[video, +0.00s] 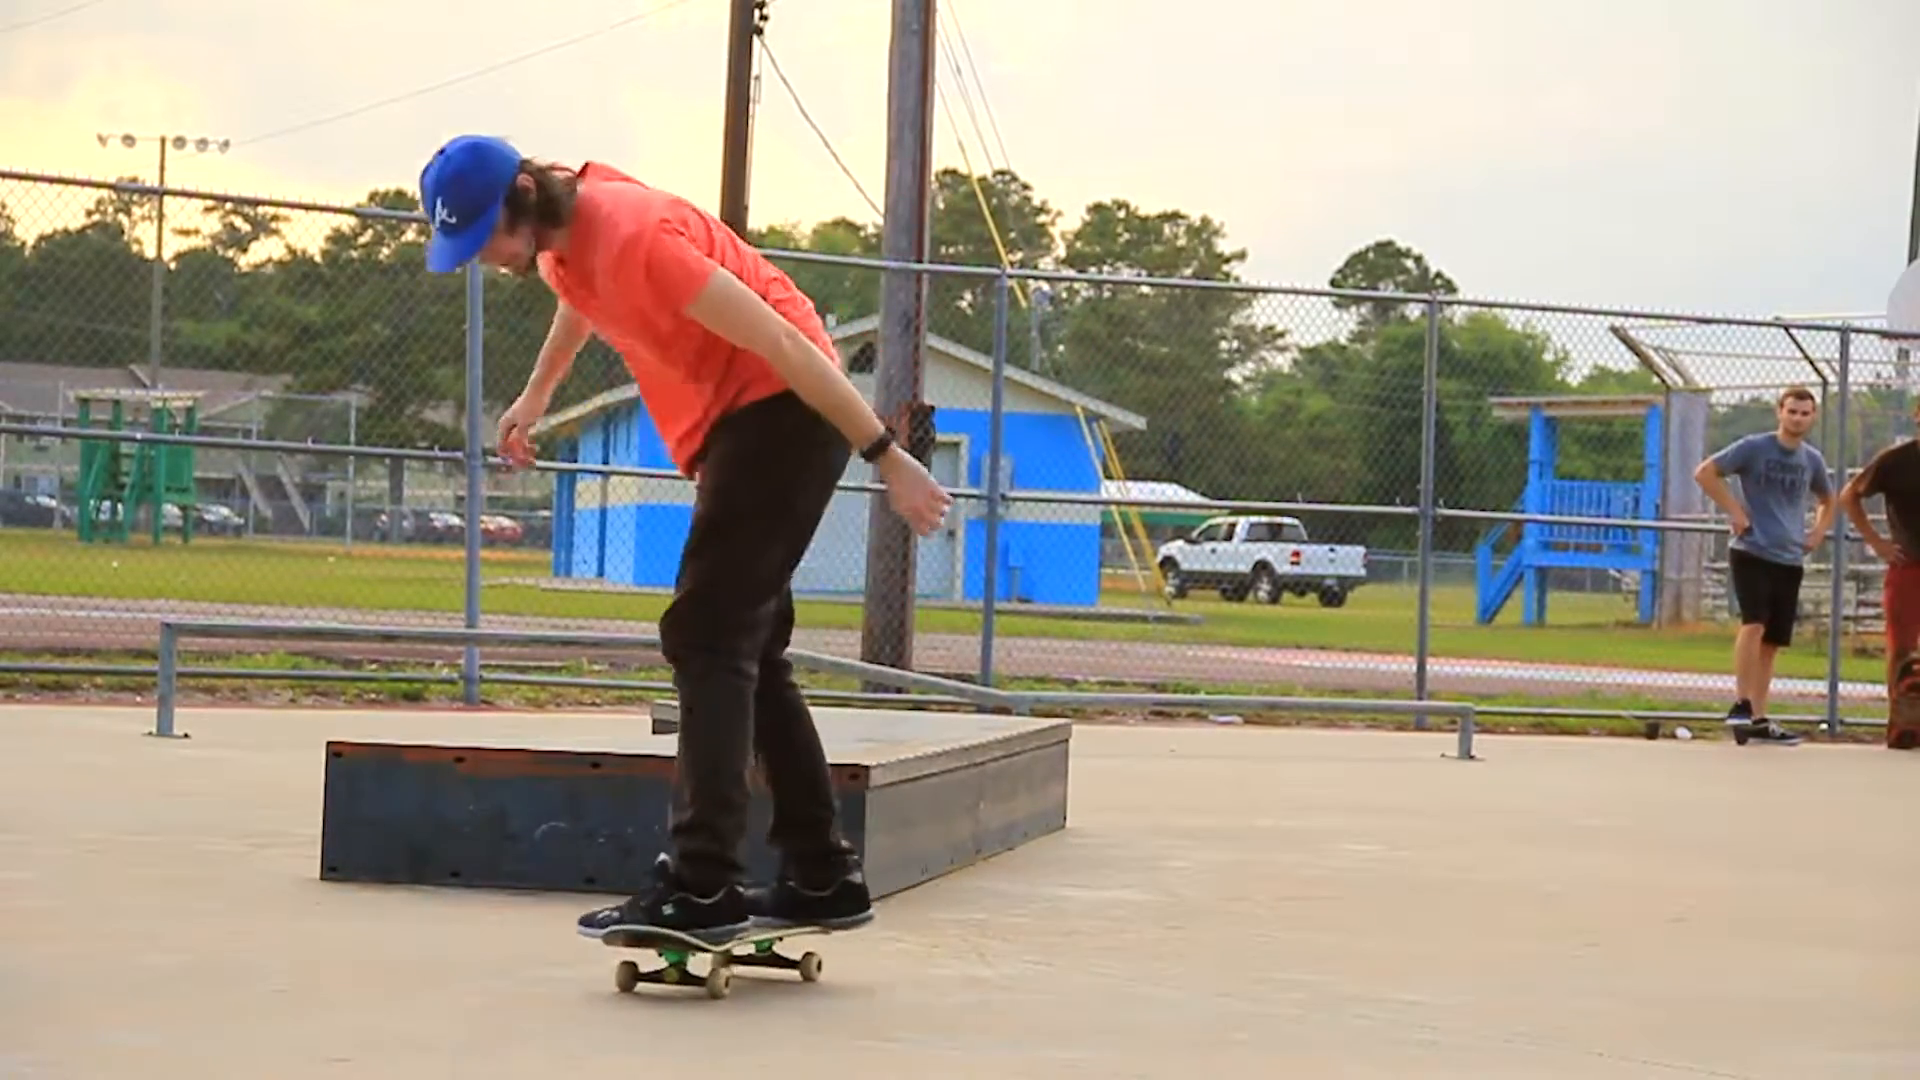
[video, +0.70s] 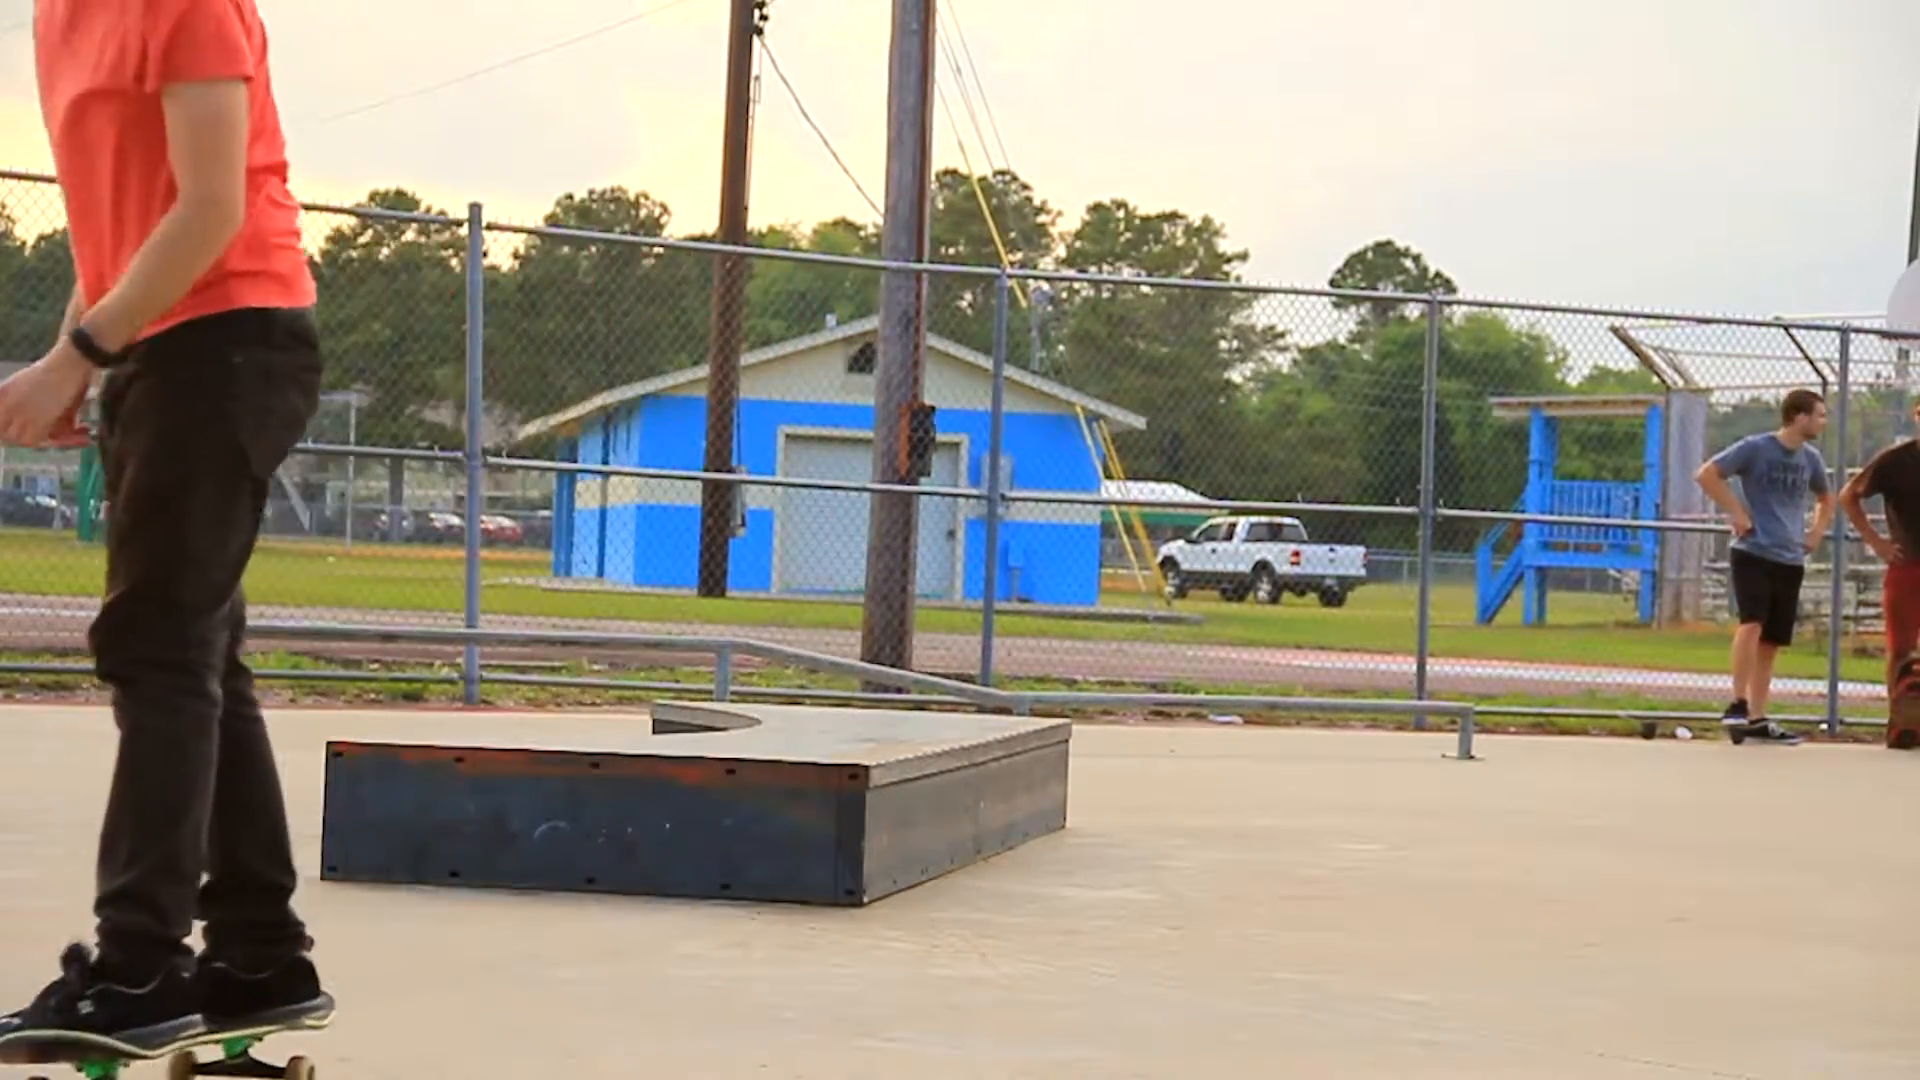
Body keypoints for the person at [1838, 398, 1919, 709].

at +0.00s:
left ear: (1914, 417)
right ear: (1915, 417)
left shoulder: (1900, 458)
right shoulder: (1900, 458)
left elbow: (1850, 496)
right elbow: (1849, 495)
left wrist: (1877, 543)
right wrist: (1877, 543)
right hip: (1907, 569)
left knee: (1905, 657)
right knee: (1903, 656)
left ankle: (1906, 739)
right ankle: (1903, 741)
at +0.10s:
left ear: (1914, 416)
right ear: (1915, 416)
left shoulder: (1901, 457)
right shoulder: (1900, 458)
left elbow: (1850, 496)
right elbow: (1849, 495)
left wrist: (1877, 544)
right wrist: (1877, 543)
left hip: (1909, 568)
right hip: (1906, 567)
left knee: (1904, 650)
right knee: (1903, 648)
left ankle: (1905, 726)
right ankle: (1902, 726)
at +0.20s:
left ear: (1913, 415)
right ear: (1915, 415)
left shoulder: (1901, 457)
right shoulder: (1901, 458)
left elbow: (1849, 495)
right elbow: (1849, 495)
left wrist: (1875, 542)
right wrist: (1876, 542)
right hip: (1907, 567)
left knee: (1905, 653)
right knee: (1903, 652)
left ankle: (1904, 732)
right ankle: (1902, 732)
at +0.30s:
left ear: (1914, 415)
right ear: (1915, 415)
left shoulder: (1901, 457)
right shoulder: (1900, 458)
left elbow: (1849, 495)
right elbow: (1849, 495)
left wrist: (1875, 541)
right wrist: (1876, 542)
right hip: (1907, 567)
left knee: (1905, 654)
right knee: (1903, 653)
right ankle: (1901, 732)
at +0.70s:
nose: (1918, 414)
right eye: (1919, 410)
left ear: (1914, 414)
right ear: (1915, 414)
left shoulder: (1901, 457)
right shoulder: (1900, 458)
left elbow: (1849, 495)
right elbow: (1849, 495)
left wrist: (1875, 541)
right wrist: (1876, 542)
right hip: (1907, 566)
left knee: (1905, 651)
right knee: (1903, 651)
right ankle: (1902, 729)